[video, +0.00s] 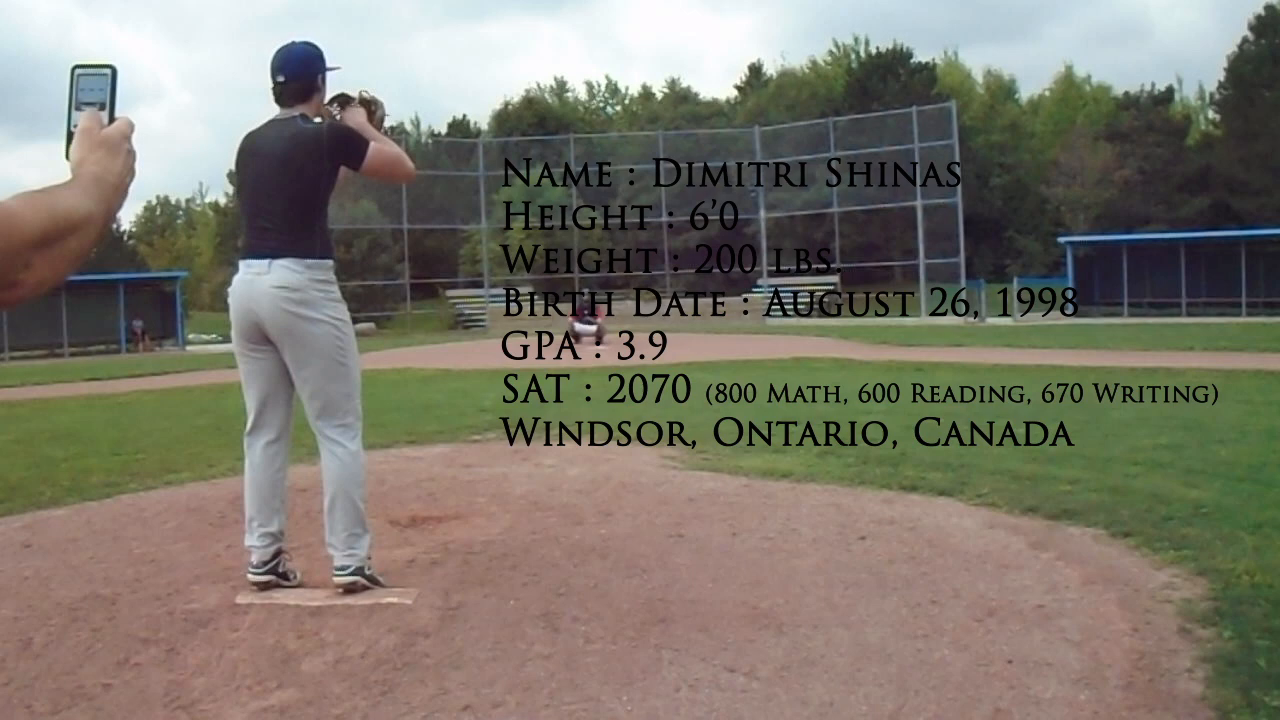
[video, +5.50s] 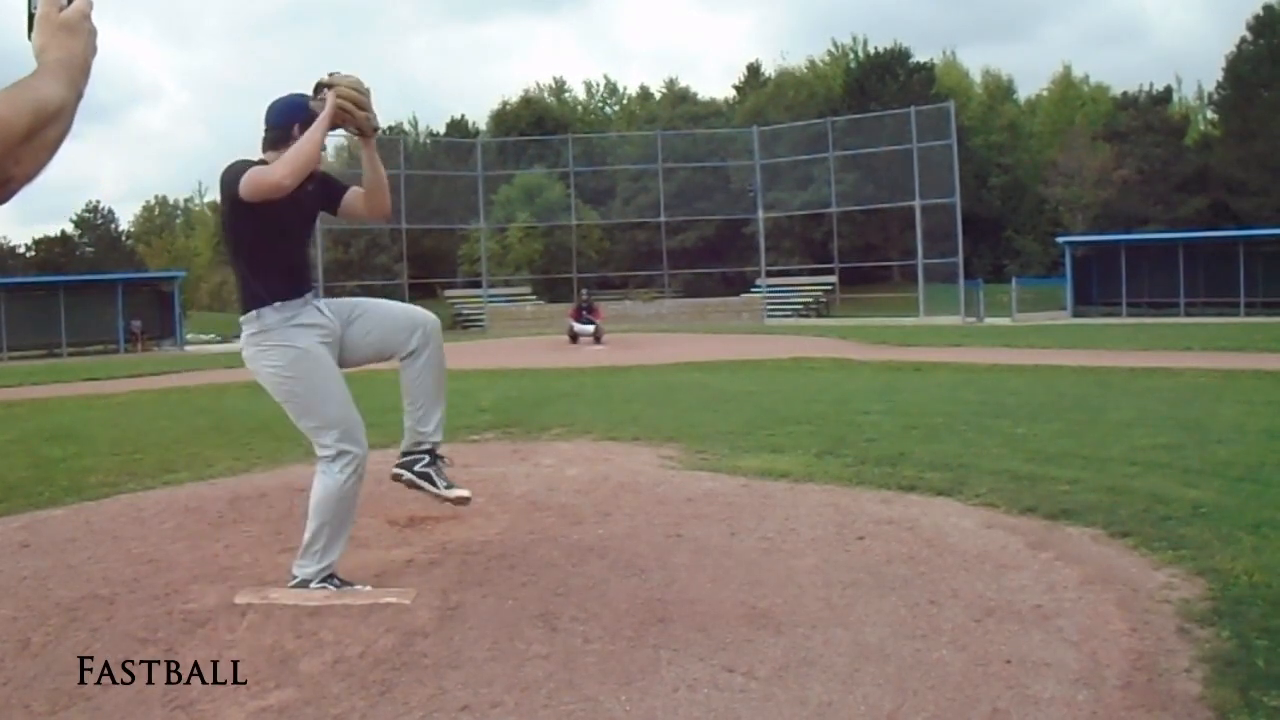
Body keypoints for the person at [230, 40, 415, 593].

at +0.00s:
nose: (327, 88)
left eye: (322, 81)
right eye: (325, 81)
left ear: (275, 88)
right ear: (320, 86)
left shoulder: (250, 143)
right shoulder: (327, 135)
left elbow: (301, 185)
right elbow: (402, 167)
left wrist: (327, 131)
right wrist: (362, 125)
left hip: (246, 288)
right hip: (303, 286)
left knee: (264, 430)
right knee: (338, 429)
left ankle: (263, 558)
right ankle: (350, 561)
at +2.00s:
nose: (327, 88)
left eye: (322, 81)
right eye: (325, 81)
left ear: (275, 88)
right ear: (320, 86)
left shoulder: (250, 143)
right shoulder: (327, 135)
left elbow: (301, 185)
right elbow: (402, 167)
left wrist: (327, 131)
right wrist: (362, 125)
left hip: (246, 288)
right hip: (303, 286)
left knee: (264, 430)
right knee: (338, 429)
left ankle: (263, 558)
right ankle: (350, 561)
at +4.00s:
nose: (306, 107)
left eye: (300, 98)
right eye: (306, 99)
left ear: (254, 102)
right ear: (300, 102)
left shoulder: (220, 153)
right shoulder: (300, 145)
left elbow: (274, 221)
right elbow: (377, 188)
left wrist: (320, 167)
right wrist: (344, 145)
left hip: (198, 302)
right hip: (261, 301)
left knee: (220, 462)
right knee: (317, 437)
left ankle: (236, 602)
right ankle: (344, 562)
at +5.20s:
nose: (317, 127)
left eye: (314, 118)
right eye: (314, 117)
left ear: (268, 122)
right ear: (301, 118)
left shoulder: (255, 176)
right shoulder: (277, 172)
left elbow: (335, 228)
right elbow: (362, 186)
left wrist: (376, 174)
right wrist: (368, 135)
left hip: (246, 331)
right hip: (282, 331)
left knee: (295, 434)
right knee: (341, 446)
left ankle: (243, 513)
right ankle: (314, 574)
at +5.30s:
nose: (318, 129)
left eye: (318, 120)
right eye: (316, 120)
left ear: (272, 121)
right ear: (303, 118)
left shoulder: (286, 176)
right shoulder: (265, 168)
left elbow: (353, 220)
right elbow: (339, 178)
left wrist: (385, 162)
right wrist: (366, 125)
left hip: (292, 324)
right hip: (277, 328)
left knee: (356, 399)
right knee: (340, 444)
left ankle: (282, 494)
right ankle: (313, 573)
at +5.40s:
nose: (322, 142)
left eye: (323, 133)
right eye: (319, 131)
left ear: (284, 125)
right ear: (301, 123)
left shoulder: (301, 179)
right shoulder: (246, 170)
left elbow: (366, 212)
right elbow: (312, 174)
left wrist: (380, 148)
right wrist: (349, 121)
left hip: (314, 320)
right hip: (277, 331)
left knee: (396, 371)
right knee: (341, 450)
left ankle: (349, 477)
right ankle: (312, 574)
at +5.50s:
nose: (319, 144)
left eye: (321, 137)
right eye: (314, 134)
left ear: (292, 138)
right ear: (294, 131)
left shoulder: (310, 182)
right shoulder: (236, 175)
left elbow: (377, 207)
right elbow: (281, 178)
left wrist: (367, 142)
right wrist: (326, 117)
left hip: (324, 316)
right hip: (277, 334)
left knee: (420, 329)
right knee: (344, 451)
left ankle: (420, 455)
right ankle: (312, 574)